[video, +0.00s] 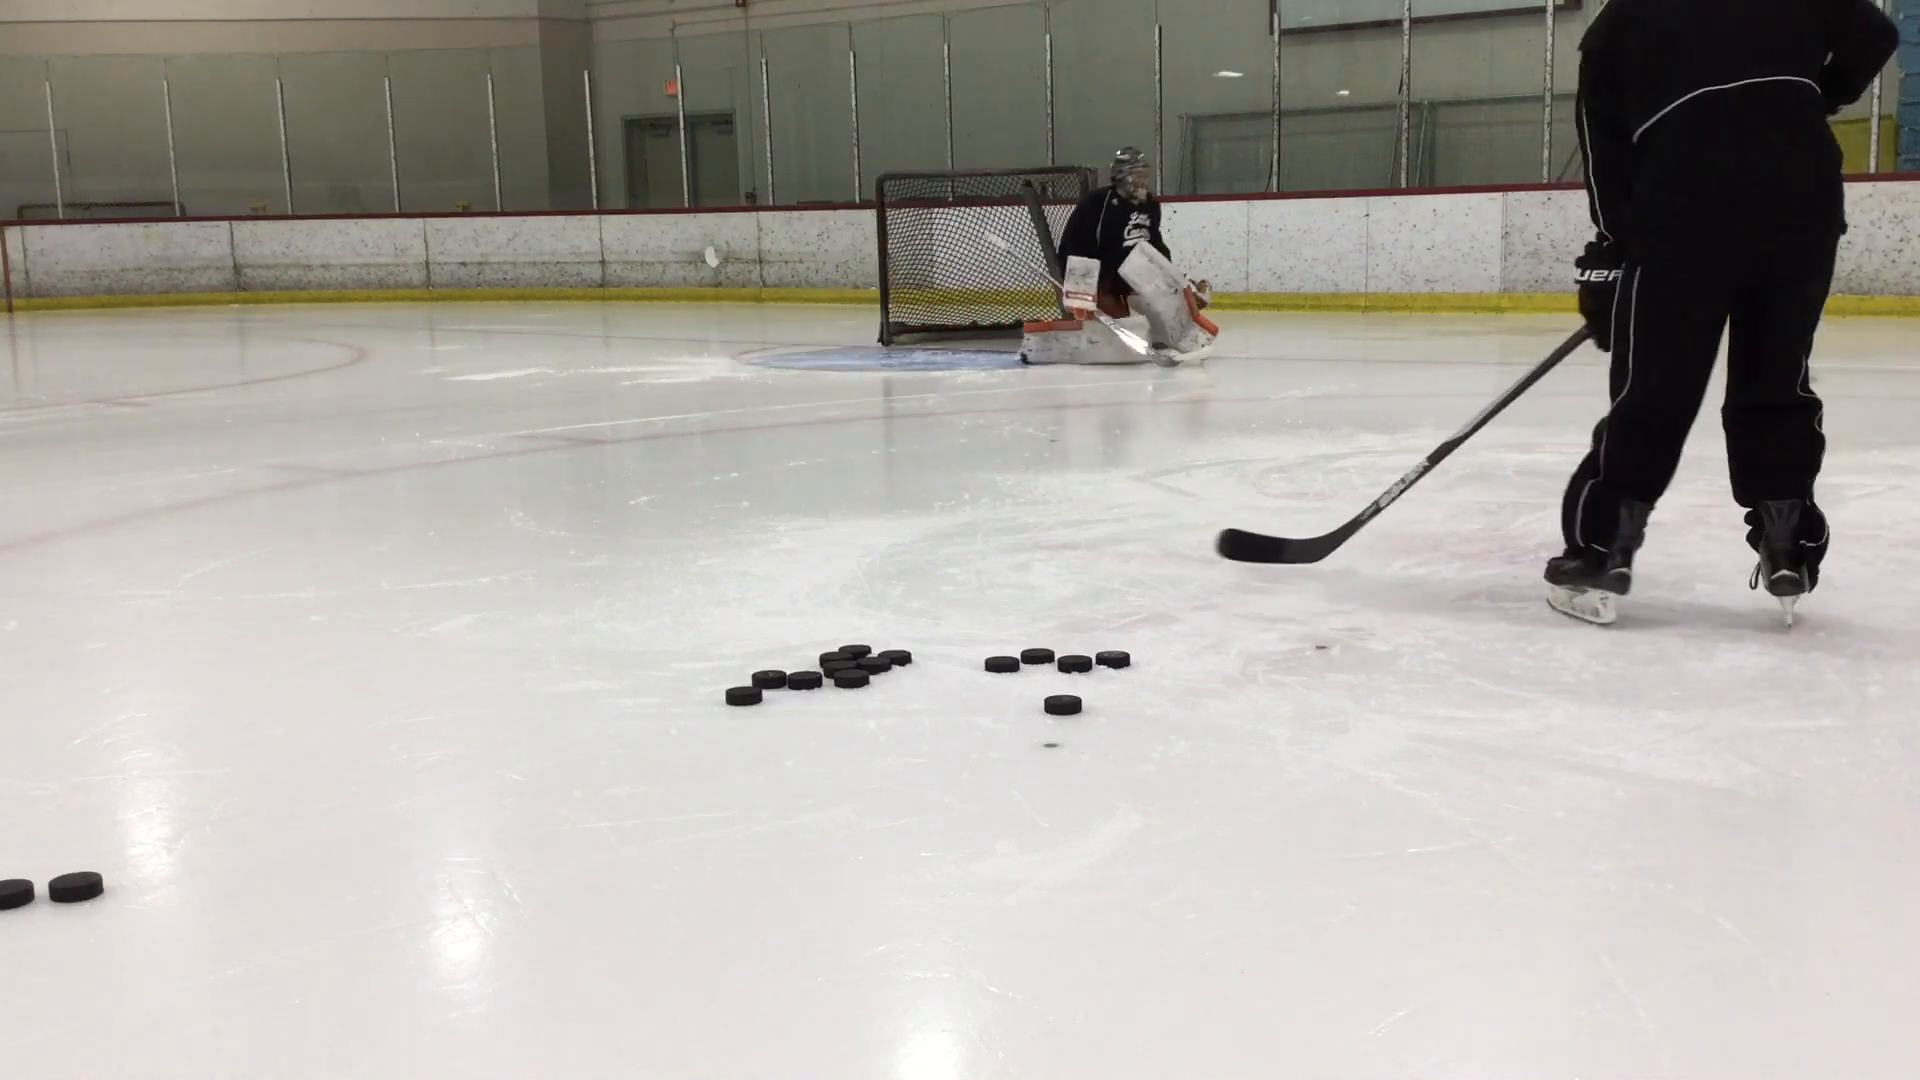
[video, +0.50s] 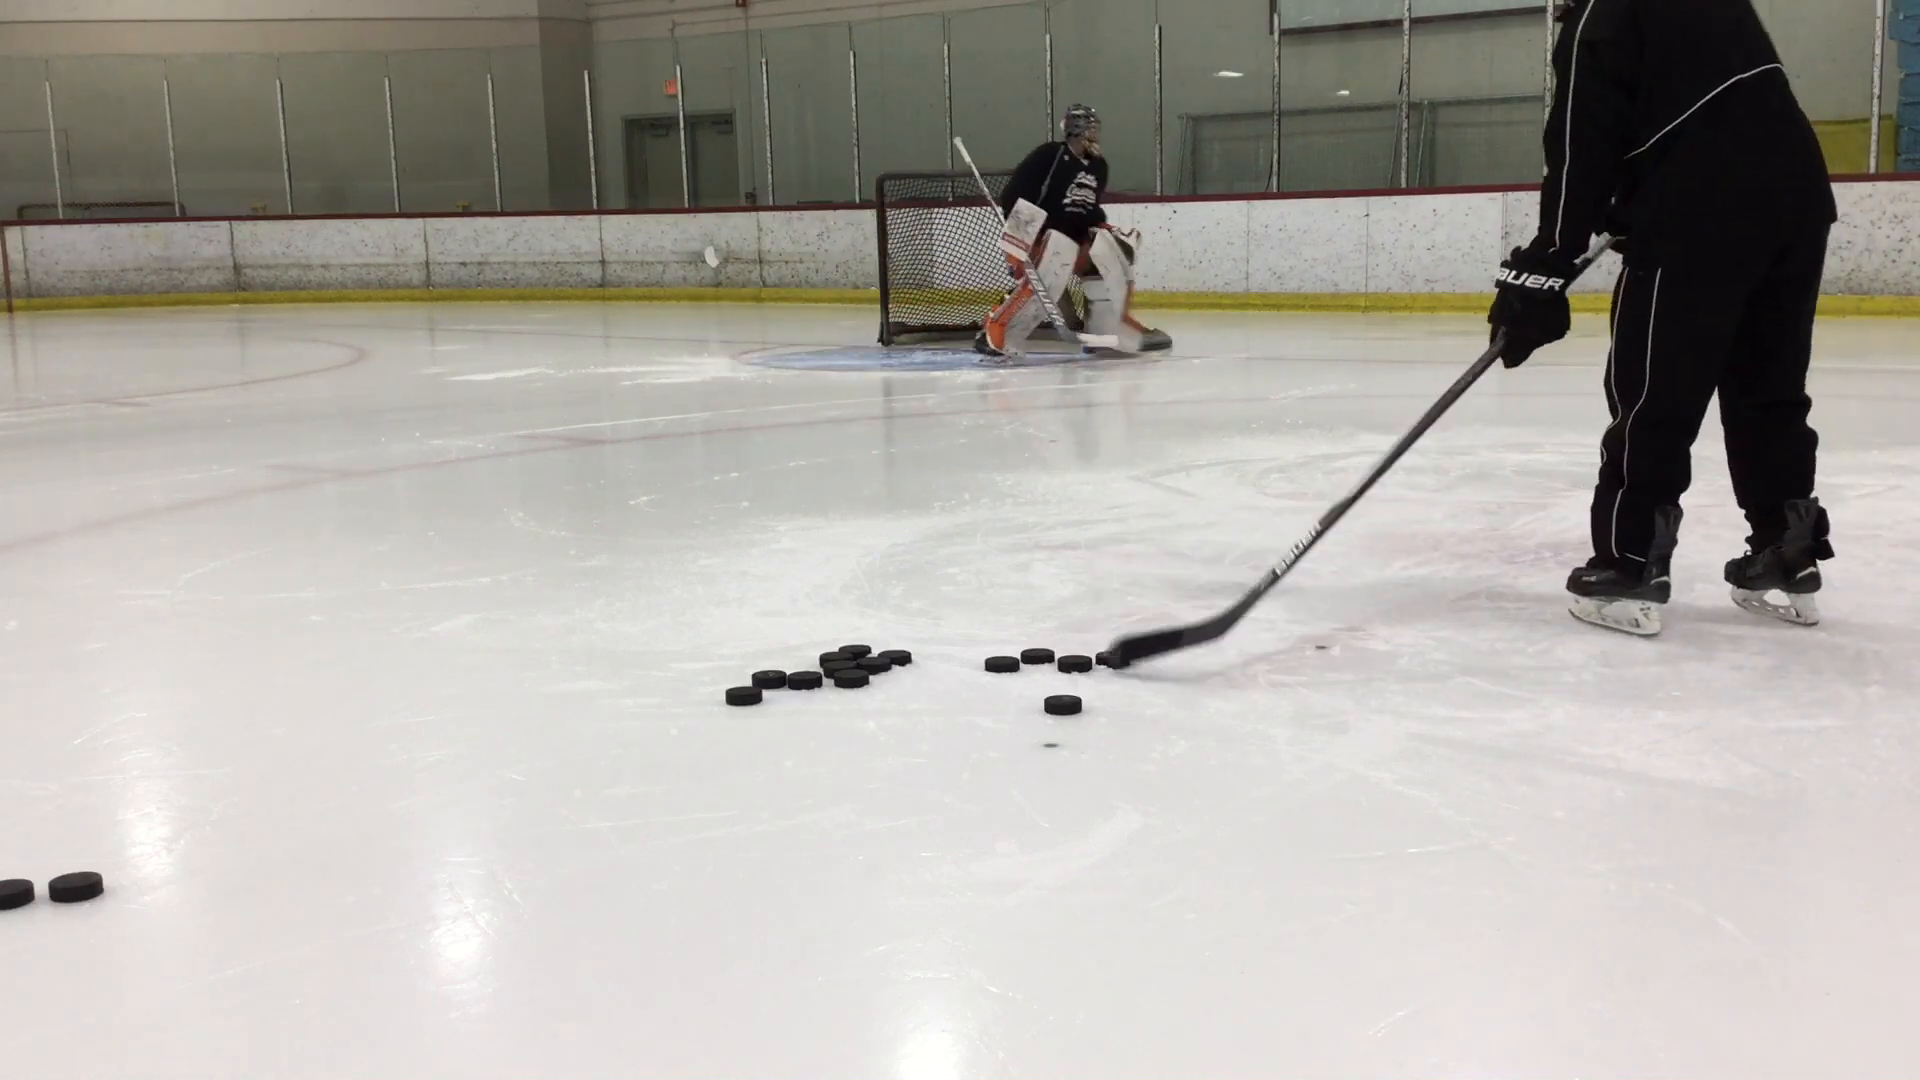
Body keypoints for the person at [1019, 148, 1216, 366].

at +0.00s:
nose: (1143, 183)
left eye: (1145, 177)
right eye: (1137, 177)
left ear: (1147, 177)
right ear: (1121, 178)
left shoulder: (1150, 205)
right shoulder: (1094, 203)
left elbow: (1153, 242)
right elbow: (1071, 248)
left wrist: (1167, 273)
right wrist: (1080, 292)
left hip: (1133, 273)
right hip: (1096, 275)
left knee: (1165, 291)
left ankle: (1161, 343)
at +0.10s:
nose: (1144, 171)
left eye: (1146, 166)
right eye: (1138, 167)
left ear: (1148, 167)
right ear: (1123, 169)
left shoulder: (1152, 198)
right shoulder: (1096, 195)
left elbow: (1154, 235)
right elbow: (1071, 240)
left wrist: (1171, 268)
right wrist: (1067, 285)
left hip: (1140, 275)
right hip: (1099, 279)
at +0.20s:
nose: (1136, 157)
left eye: (1137, 151)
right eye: (1131, 152)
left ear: (1138, 154)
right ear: (1116, 154)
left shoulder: (1144, 184)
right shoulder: (1089, 181)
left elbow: (1147, 223)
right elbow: (1060, 221)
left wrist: (1164, 252)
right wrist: (1053, 262)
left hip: (1134, 262)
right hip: (1092, 264)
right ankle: (1039, 351)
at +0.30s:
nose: (1120, 145)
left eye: (1122, 140)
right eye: (1115, 139)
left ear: (1124, 143)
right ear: (1102, 141)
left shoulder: (1128, 173)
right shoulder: (1075, 167)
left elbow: (1128, 216)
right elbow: (1048, 208)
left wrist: (1144, 240)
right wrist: (1038, 252)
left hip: (1113, 251)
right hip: (1078, 248)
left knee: (1145, 293)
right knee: (1063, 301)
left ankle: (1185, 341)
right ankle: (1027, 351)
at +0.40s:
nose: (1107, 138)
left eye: (1107, 132)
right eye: (1102, 132)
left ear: (1106, 135)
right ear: (1089, 134)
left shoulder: (1112, 167)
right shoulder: (1059, 159)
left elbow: (1106, 206)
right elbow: (1026, 199)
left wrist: (1119, 232)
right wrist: (1029, 241)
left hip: (1097, 242)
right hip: (1062, 241)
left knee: (1127, 284)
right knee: (1054, 294)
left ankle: (1156, 337)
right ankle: (1009, 339)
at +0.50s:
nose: (1096, 136)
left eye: (1096, 130)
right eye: (1090, 129)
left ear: (1094, 132)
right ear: (1075, 131)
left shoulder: (1098, 165)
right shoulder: (1048, 155)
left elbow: (1090, 206)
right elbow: (1015, 196)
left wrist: (1102, 231)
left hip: (1082, 235)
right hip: (1048, 232)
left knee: (1117, 257)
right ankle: (997, 334)